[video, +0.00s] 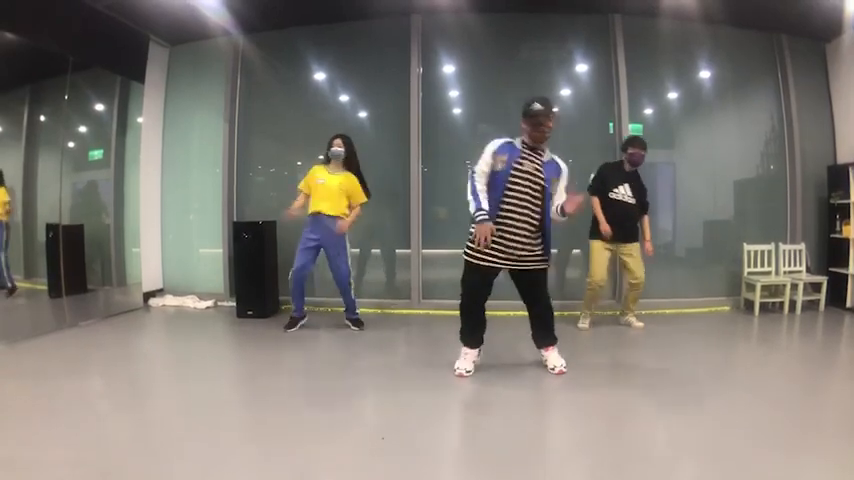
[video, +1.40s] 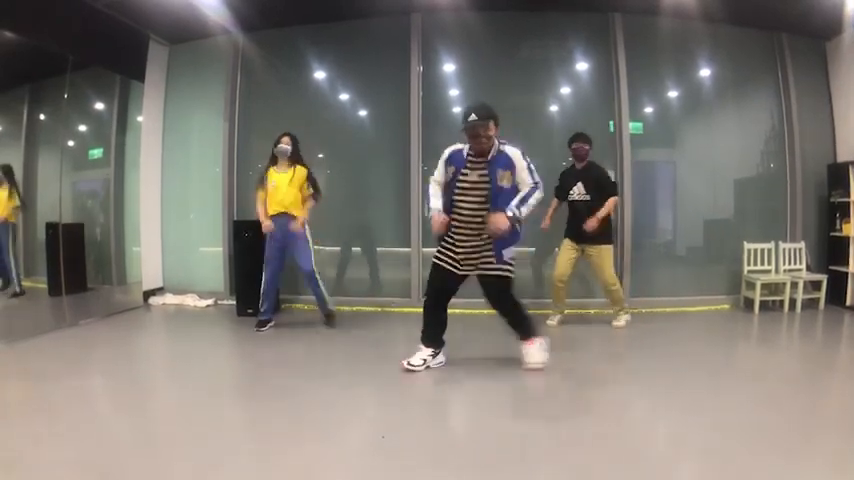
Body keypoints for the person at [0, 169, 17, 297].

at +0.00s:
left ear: (0, 177)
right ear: (3, 177)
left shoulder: (3, 190)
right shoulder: (4, 190)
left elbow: (7, 206)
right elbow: (7, 207)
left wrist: (5, 215)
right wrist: (5, 215)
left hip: (3, 222)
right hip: (4, 222)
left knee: (3, 253)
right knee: (3, 253)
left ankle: (9, 283)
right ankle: (6, 282)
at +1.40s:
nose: (0, 177)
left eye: (1, 174)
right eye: (1, 174)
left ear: (5, 175)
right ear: (7, 174)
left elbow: (13, 205)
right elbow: (9, 205)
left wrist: (5, 216)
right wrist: (5, 215)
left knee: (9, 254)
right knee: (4, 254)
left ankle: (17, 286)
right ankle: (5, 280)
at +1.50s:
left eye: (1, 175)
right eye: (1, 175)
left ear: (6, 176)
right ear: (9, 175)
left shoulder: (9, 190)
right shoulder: (11, 189)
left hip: (7, 220)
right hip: (6, 220)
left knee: (9, 253)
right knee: (6, 253)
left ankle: (18, 287)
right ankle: (17, 285)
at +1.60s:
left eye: (1, 175)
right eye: (1, 175)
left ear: (5, 176)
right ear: (10, 175)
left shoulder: (7, 190)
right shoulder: (12, 190)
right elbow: (14, 207)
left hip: (6, 222)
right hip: (7, 221)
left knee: (7, 255)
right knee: (6, 255)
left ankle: (19, 287)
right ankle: (18, 286)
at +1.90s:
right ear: (3, 182)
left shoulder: (4, 193)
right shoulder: (5, 193)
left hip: (2, 226)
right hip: (3, 226)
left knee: (3, 261)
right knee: (4, 261)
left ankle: (18, 287)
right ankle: (18, 287)